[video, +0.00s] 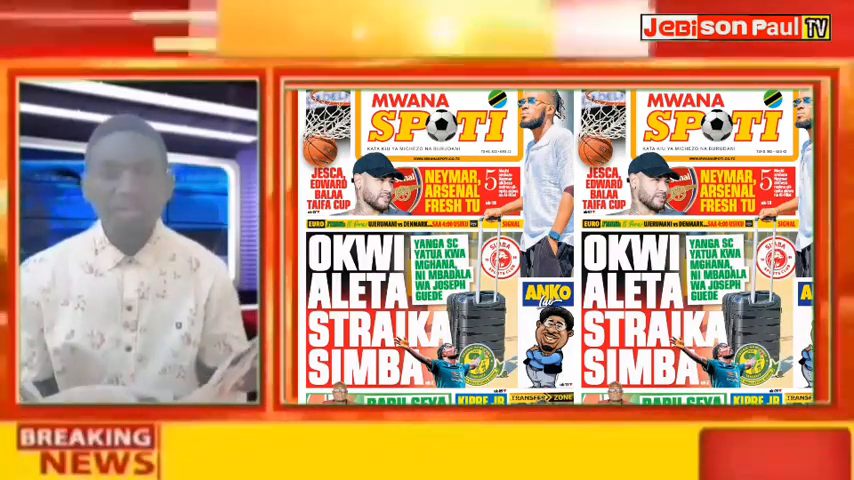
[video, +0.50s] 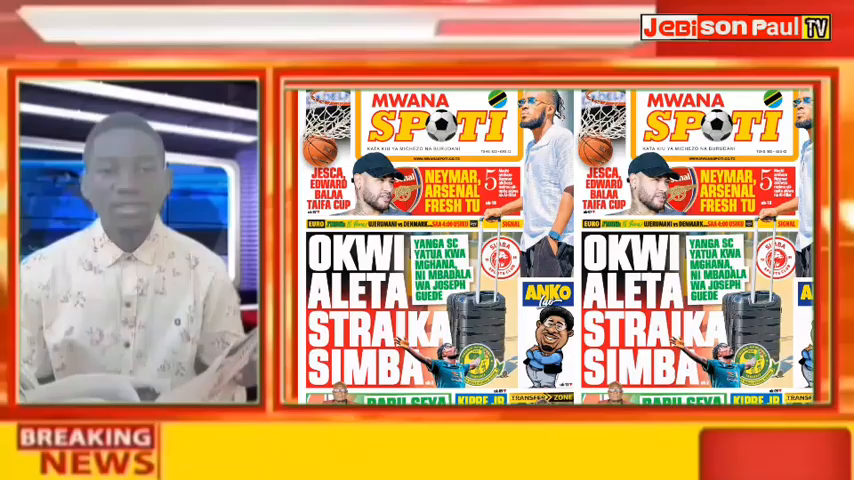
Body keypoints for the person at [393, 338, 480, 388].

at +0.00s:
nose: (453, 348)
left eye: (453, 347)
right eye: (449, 347)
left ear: (455, 351)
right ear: (443, 354)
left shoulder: (462, 367)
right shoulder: (438, 365)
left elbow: (474, 365)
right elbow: (423, 359)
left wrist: (478, 360)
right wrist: (408, 348)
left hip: (461, 403)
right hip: (444, 403)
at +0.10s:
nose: (453, 348)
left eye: (453, 347)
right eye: (449, 347)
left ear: (455, 351)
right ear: (443, 354)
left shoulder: (462, 367)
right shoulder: (438, 365)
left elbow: (474, 365)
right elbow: (423, 359)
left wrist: (478, 360)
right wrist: (408, 348)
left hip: (461, 403)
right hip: (444, 403)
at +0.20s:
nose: (453, 348)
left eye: (453, 347)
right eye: (449, 347)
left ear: (455, 351)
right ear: (443, 354)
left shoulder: (462, 367)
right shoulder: (438, 365)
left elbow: (474, 365)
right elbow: (423, 359)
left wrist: (478, 360)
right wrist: (408, 348)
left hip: (461, 403)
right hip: (444, 403)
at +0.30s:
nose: (453, 348)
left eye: (453, 347)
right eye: (449, 347)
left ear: (455, 351)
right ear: (443, 354)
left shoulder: (462, 367)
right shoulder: (438, 365)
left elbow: (474, 365)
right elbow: (423, 359)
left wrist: (477, 360)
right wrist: (408, 348)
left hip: (461, 403)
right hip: (444, 403)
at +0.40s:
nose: (453, 348)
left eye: (453, 347)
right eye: (449, 347)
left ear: (455, 351)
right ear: (443, 354)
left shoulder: (462, 367)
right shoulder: (438, 365)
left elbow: (474, 365)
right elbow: (423, 359)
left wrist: (478, 360)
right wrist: (408, 348)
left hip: (461, 403)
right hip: (444, 403)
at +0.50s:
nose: (453, 348)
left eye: (453, 347)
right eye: (449, 348)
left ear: (456, 352)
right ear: (443, 354)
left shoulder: (462, 367)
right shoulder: (439, 365)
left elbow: (474, 365)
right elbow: (423, 359)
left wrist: (478, 360)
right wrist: (408, 348)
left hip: (461, 402)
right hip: (445, 403)